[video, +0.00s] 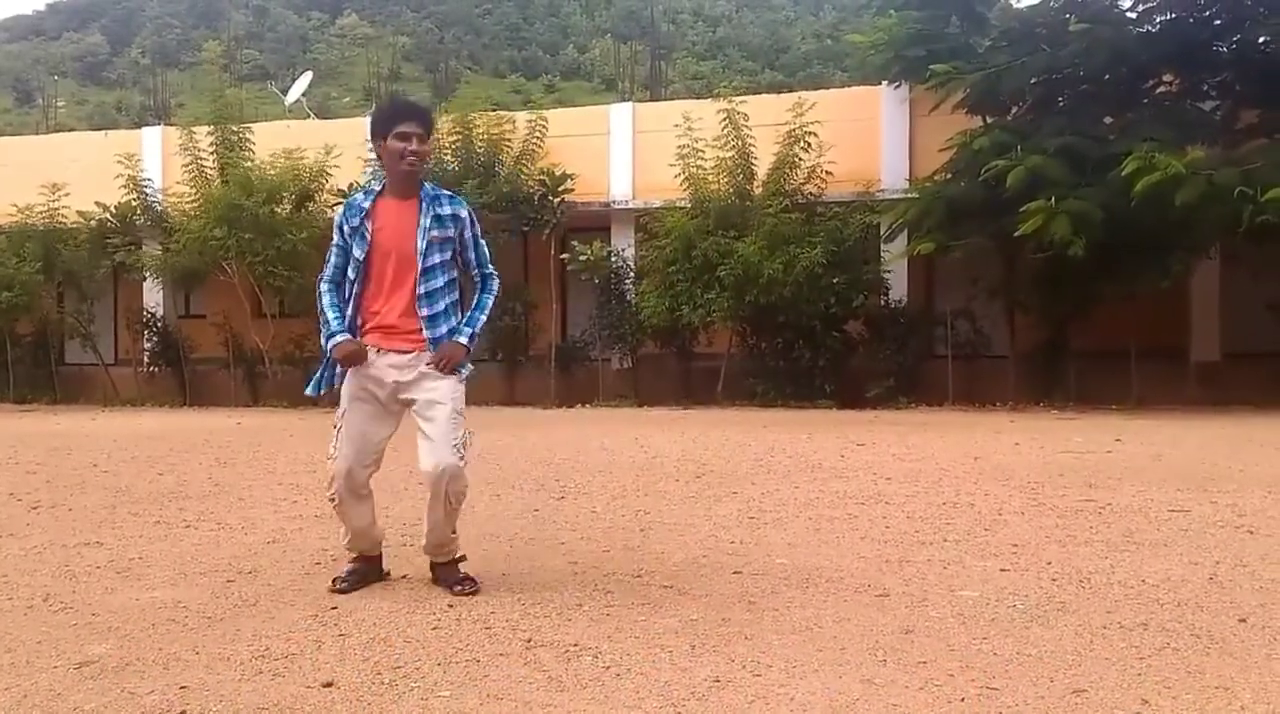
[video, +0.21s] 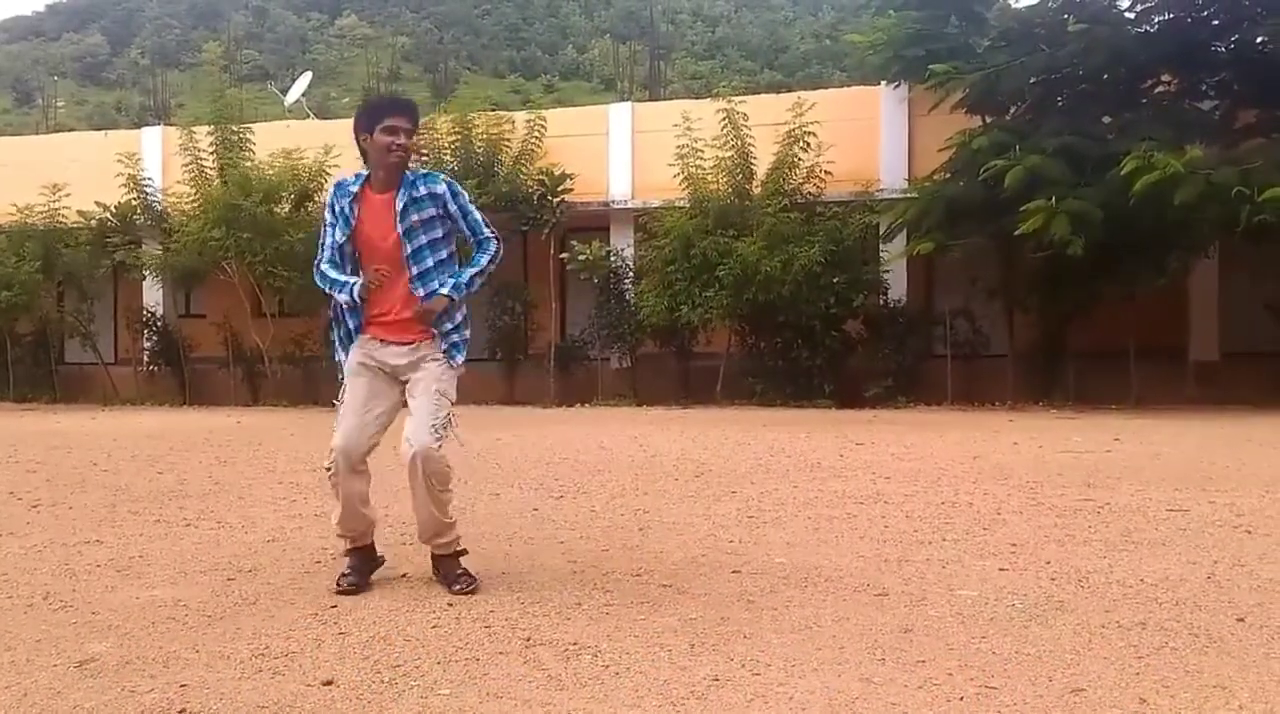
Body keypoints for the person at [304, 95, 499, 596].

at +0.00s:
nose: (412, 148)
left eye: (420, 139)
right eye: (400, 139)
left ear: (430, 147)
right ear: (378, 147)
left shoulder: (453, 210)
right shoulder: (355, 211)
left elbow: (488, 280)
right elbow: (331, 281)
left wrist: (464, 339)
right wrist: (337, 335)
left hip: (437, 363)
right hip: (369, 362)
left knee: (445, 468)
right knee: (347, 471)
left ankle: (444, 560)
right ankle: (366, 558)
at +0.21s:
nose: (400, 142)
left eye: (408, 134)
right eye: (390, 132)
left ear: (415, 142)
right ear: (364, 138)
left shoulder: (439, 189)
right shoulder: (342, 195)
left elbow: (488, 245)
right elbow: (325, 269)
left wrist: (450, 292)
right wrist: (354, 284)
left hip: (432, 349)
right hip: (370, 350)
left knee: (424, 447)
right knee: (346, 449)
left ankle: (445, 554)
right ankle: (360, 551)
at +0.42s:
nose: (393, 173)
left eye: (404, 166)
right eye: (385, 163)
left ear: (419, 174)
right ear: (371, 166)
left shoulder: (434, 223)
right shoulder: (360, 206)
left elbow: (449, 294)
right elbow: (344, 265)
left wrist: (400, 251)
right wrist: (423, 250)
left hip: (436, 364)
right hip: (372, 366)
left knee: (458, 434)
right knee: (351, 465)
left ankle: (444, 538)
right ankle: (366, 557)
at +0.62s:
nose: (458, 130)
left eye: (469, 121)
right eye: (452, 120)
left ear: (495, 118)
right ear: (444, 115)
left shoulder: (507, 163)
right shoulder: (423, 143)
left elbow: (570, 138)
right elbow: (370, 182)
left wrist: (611, 75)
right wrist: (331, 230)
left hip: (435, 313)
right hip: (370, 296)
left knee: (469, 419)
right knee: (307, 393)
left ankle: (498, 539)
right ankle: (279, 477)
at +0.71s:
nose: (473, 142)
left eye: (484, 132)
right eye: (468, 131)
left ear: (513, 128)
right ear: (461, 124)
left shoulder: (529, 168)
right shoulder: (444, 153)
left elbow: (585, 127)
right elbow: (388, 188)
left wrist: (639, 70)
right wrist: (332, 229)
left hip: (446, 327)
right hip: (387, 297)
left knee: (465, 441)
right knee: (301, 371)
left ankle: (495, 558)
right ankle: (253, 430)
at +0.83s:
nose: (494, 156)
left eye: (504, 145)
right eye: (487, 146)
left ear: (532, 144)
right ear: (481, 145)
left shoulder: (548, 193)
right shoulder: (461, 178)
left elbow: (607, 148)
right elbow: (406, 212)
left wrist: (658, 86)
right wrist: (347, 244)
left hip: (465, 344)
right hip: (406, 320)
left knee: (478, 455)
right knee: (321, 385)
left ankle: (497, 561)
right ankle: (257, 387)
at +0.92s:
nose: (505, 160)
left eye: (516, 149)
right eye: (497, 150)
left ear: (540, 151)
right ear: (488, 152)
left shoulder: (556, 211)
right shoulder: (467, 191)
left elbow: (621, 183)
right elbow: (414, 228)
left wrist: (660, 116)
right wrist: (356, 263)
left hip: (474, 355)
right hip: (417, 331)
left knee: (483, 462)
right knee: (336, 421)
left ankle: (496, 561)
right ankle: (282, 390)